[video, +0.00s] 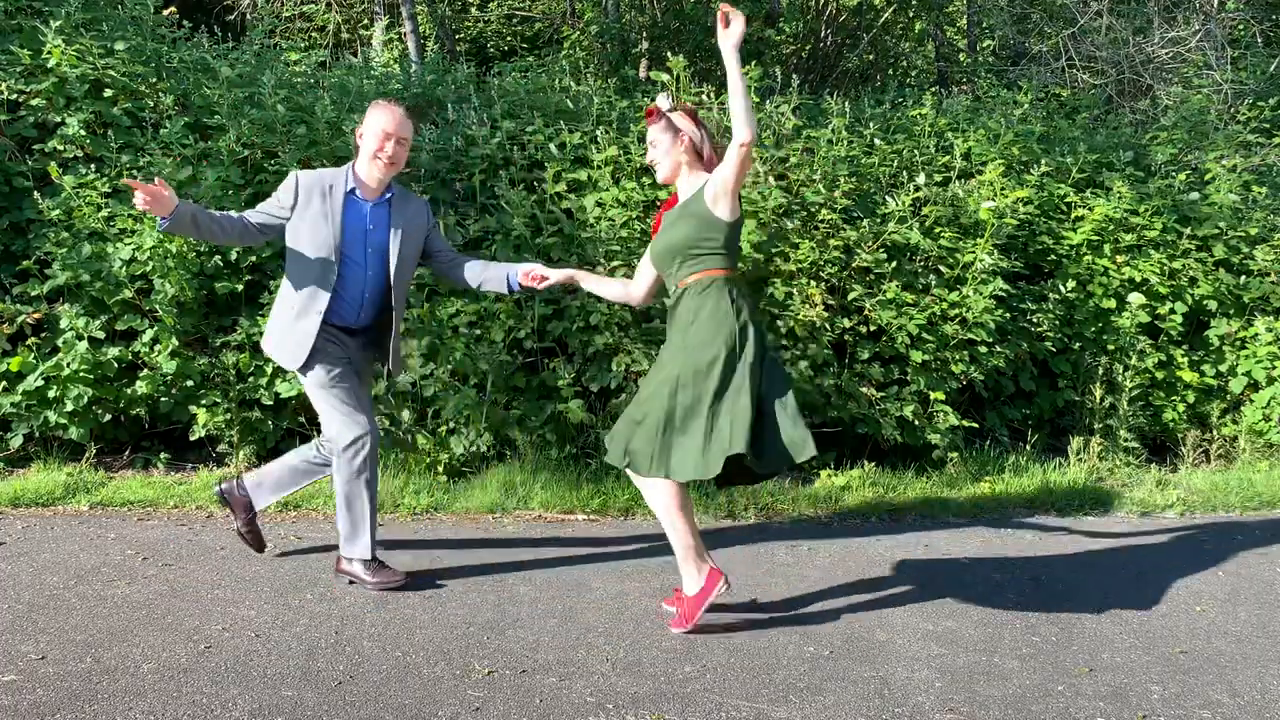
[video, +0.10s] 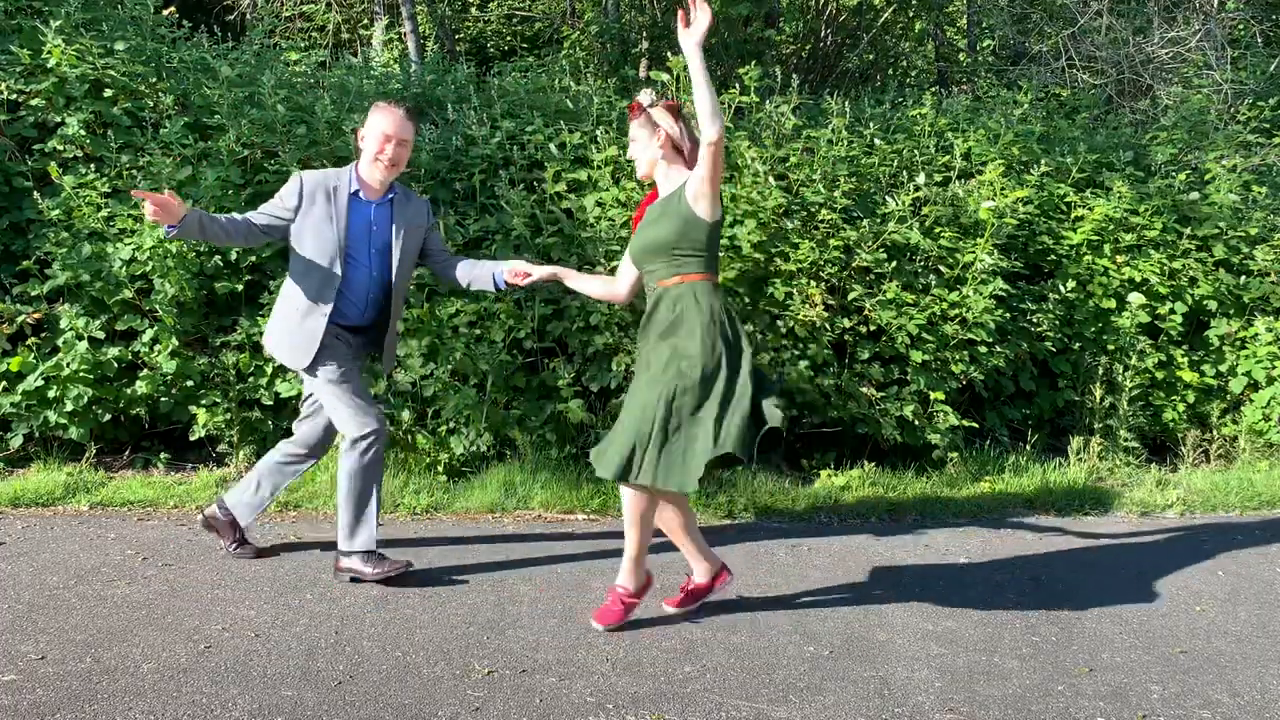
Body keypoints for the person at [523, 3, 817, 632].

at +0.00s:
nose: (646, 155)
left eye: (652, 142)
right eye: (645, 145)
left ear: (685, 138)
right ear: (672, 144)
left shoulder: (718, 184)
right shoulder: (671, 218)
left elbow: (745, 137)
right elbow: (636, 292)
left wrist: (730, 53)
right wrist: (568, 275)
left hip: (716, 317)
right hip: (687, 324)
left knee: (640, 443)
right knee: (651, 446)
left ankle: (696, 572)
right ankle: (694, 574)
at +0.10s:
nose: (630, 152)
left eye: (636, 140)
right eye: (629, 143)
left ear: (665, 137)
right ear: (652, 142)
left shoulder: (699, 186)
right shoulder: (650, 211)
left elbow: (712, 132)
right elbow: (622, 289)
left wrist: (693, 51)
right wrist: (553, 272)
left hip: (696, 321)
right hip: (659, 325)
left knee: (636, 447)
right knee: (648, 463)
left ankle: (632, 577)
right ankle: (705, 565)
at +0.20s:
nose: (605, 145)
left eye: (611, 136)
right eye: (607, 137)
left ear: (639, 139)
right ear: (630, 143)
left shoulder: (670, 191)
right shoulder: (627, 211)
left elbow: (669, 141)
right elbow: (602, 292)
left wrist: (648, 63)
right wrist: (535, 279)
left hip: (668, 338)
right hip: (628, 342)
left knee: (607, 470)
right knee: (642, 478)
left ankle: (541, 590)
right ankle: (708, 567)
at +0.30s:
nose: (584, 136)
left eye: (595, 127)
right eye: (584, 127)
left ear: (627, 140)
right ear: (590, 144)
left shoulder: (640, 190)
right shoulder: (600, 201)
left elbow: (614, 147)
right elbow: (589, 292)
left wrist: (591, 70)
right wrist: (520, 284)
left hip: (628, 335)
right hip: (597, 338)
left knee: (579, 467)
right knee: (619, 472)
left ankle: (532, 602)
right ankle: (699, 559)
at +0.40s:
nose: (565, 121)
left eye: (576, 111)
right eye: (559, 114)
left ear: (598, 123)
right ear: (556, 122)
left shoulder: (598, 172)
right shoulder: (575, 181)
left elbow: (537, 143)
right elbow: (570, 271)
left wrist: (519, 65)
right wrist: (517, 278)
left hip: (577, 327)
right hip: (561, 329)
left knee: (536, 462)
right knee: (570, 467)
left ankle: (532, 600)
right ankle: (663, 545)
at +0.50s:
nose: (522, 118)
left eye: (527, 109)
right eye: (527, 109)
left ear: (538, 116)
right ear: (573, 121)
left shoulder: (534, 162)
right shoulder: (585, 180)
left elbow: (451, 152)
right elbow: (589, 272)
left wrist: (444, 75)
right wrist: (518, 267)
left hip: (530, 321)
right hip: (566, 320)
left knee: (503, 454)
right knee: (518, 442)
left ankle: (540, 601)